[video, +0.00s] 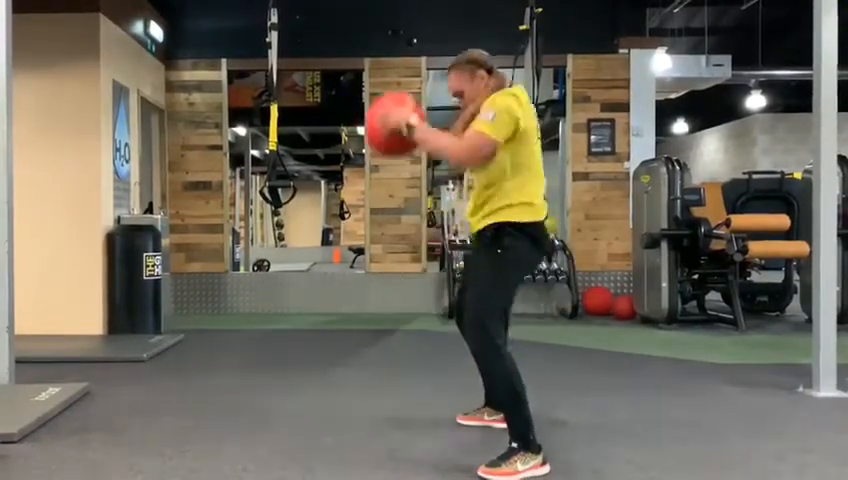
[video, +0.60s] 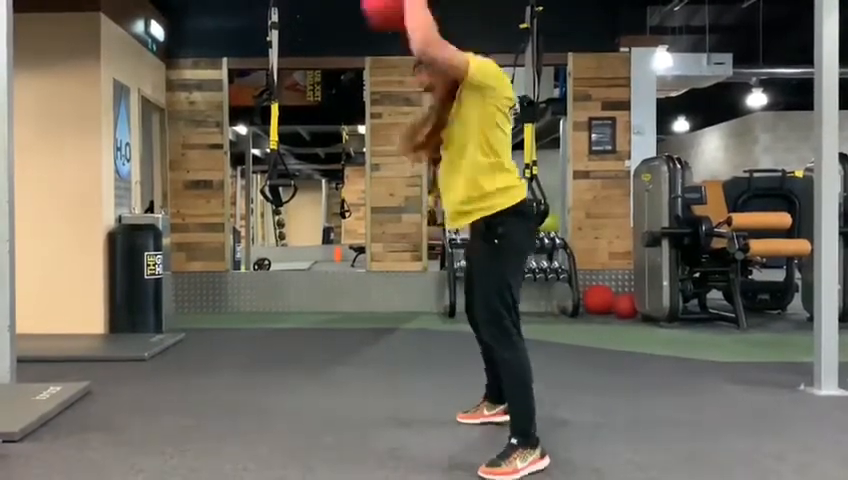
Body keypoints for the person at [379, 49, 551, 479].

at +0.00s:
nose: (459, 101)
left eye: (462, 93)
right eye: (456, 95)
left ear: (484, 78)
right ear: (479, 81)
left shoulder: (506, 102)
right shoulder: (487, 107)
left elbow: (467, 152)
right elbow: (455, 146)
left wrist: (416, 128)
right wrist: (415, 133)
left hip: (513, 229)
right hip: (493, 228)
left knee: (482, 325)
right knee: (469, 317)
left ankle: (527, 448)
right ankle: (497, 406)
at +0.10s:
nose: (462, 86)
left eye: (465, 79)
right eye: (459, 81)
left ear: (484, 69)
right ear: (477, 78)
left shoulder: (511, 90)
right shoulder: (491, 102)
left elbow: (446, 91)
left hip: (501, 225)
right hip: (483, 225)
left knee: (485, 326)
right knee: (470, 317)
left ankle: (527, 448)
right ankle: (498, 404)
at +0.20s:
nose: (448, 95)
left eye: (449, 85)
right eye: (444, 90)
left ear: (467, 66)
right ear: (451, 81)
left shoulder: (502, 85)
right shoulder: (476, 100)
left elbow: (455, 34)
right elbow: (457, 141)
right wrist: (463, 100)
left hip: (488, 223)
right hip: (469, 224)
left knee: (492, 328)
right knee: (474, 319)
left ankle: (527, 450)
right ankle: (500, 404)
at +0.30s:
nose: (431, 92)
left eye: (434, 83)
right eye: (426, 87)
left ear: (456, 68)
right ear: (437, 80)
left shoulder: (485, 89)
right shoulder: (452, 105)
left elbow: (468, 17)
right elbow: (444, 146)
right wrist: (442, 111)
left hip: (484, 221)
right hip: (460, 223)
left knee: (493, 326)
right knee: (472, 315)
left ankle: (528, 447)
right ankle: (498, 401)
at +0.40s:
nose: (417, 91)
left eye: (419, 82)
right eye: (412, 86)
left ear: (440, 67)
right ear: (422, 81)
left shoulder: (470, 85)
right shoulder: (441, 103)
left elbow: (464, 19)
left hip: (484, 222)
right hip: (461, 225)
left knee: (494, 326)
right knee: (473, 315)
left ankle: (528, 445)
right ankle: (497, 400)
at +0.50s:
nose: (418, 94)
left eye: (419, 85)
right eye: (414, 89)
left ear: (439, 68)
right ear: (430, 78)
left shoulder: (474, 86)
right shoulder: (442, 102)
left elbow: (454, 15)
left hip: (489, 225)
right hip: (466, 227)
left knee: (492, 326)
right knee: (471, 316)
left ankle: (527, 446)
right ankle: (497, 402)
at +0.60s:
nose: (421, 79)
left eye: (423, 69)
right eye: (417, 73)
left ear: (441, 58)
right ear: (433, 75)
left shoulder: (489, 77)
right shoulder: (456, 97)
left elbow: (427, 45)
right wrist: (434, 145)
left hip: (504, 218)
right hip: (483, 220)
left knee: (498, 322)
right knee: (482, 316)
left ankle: (527, 443)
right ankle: (498, 399)